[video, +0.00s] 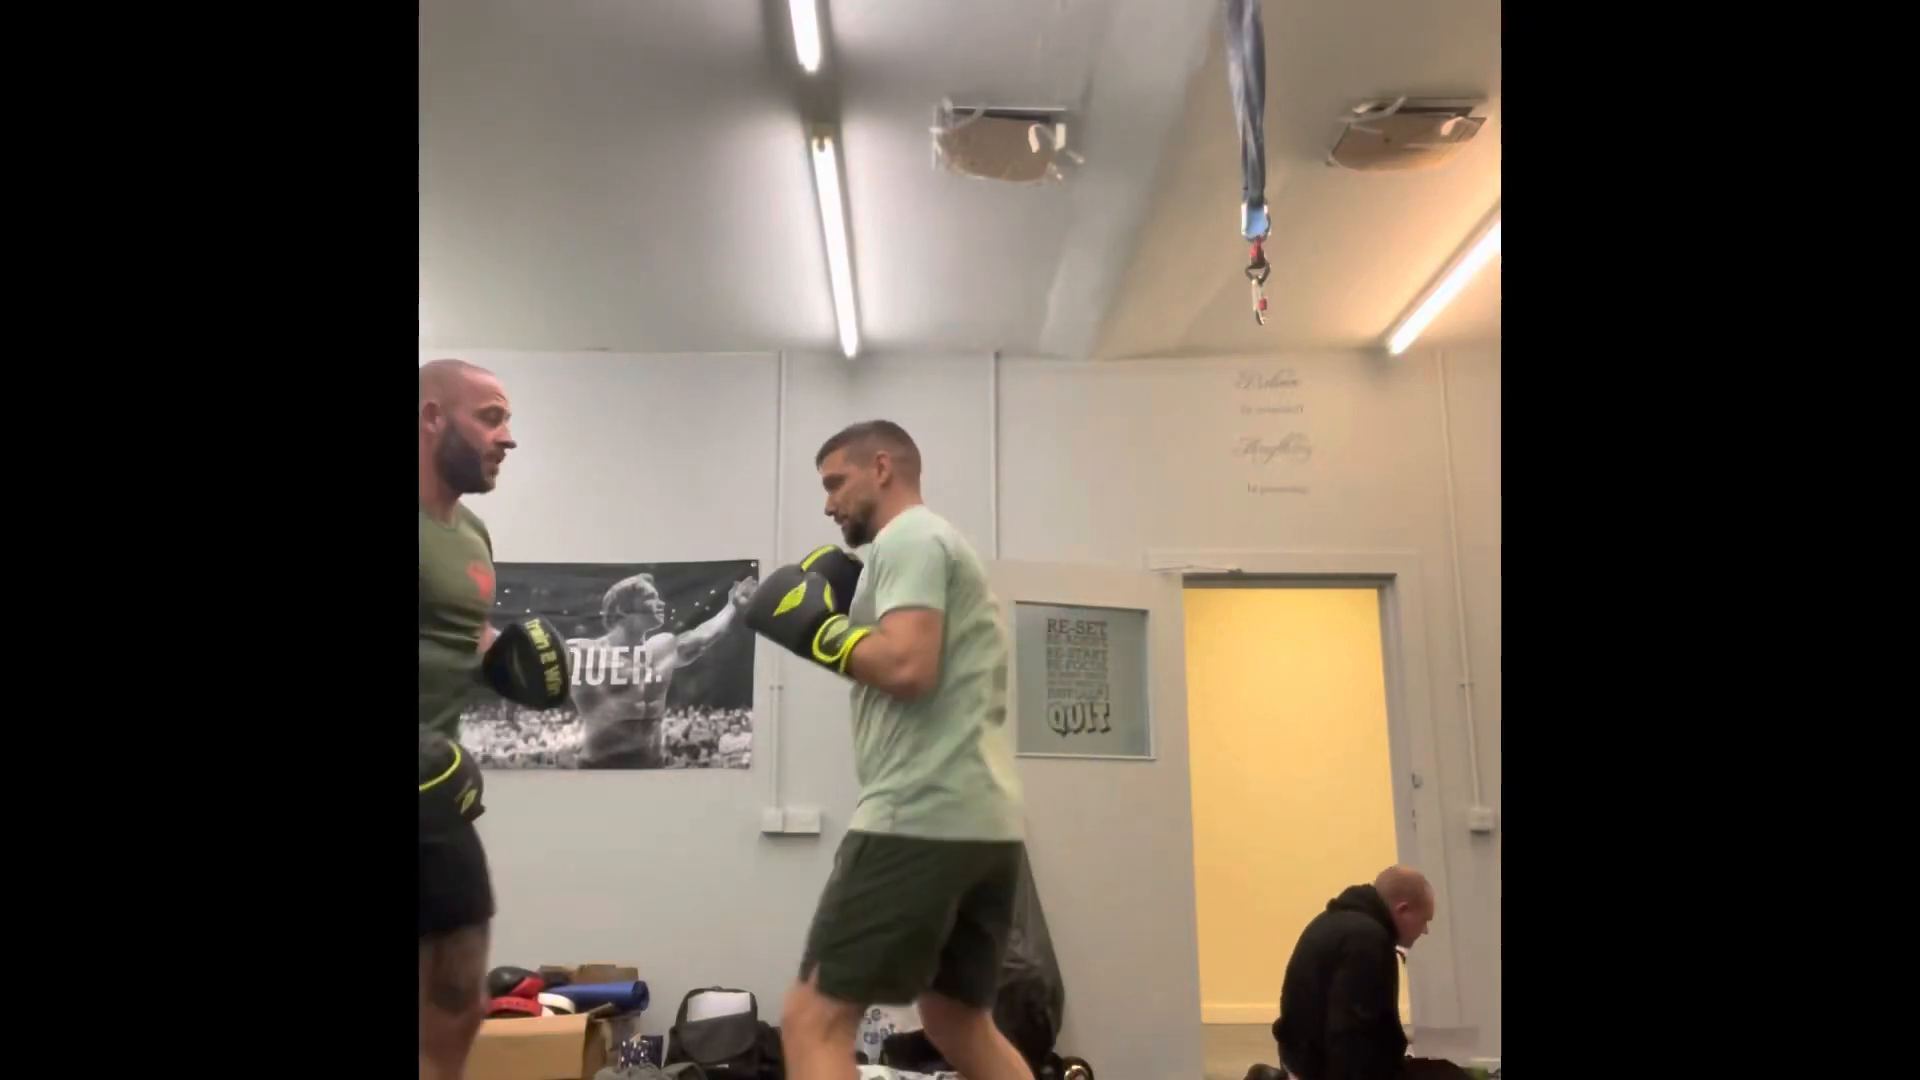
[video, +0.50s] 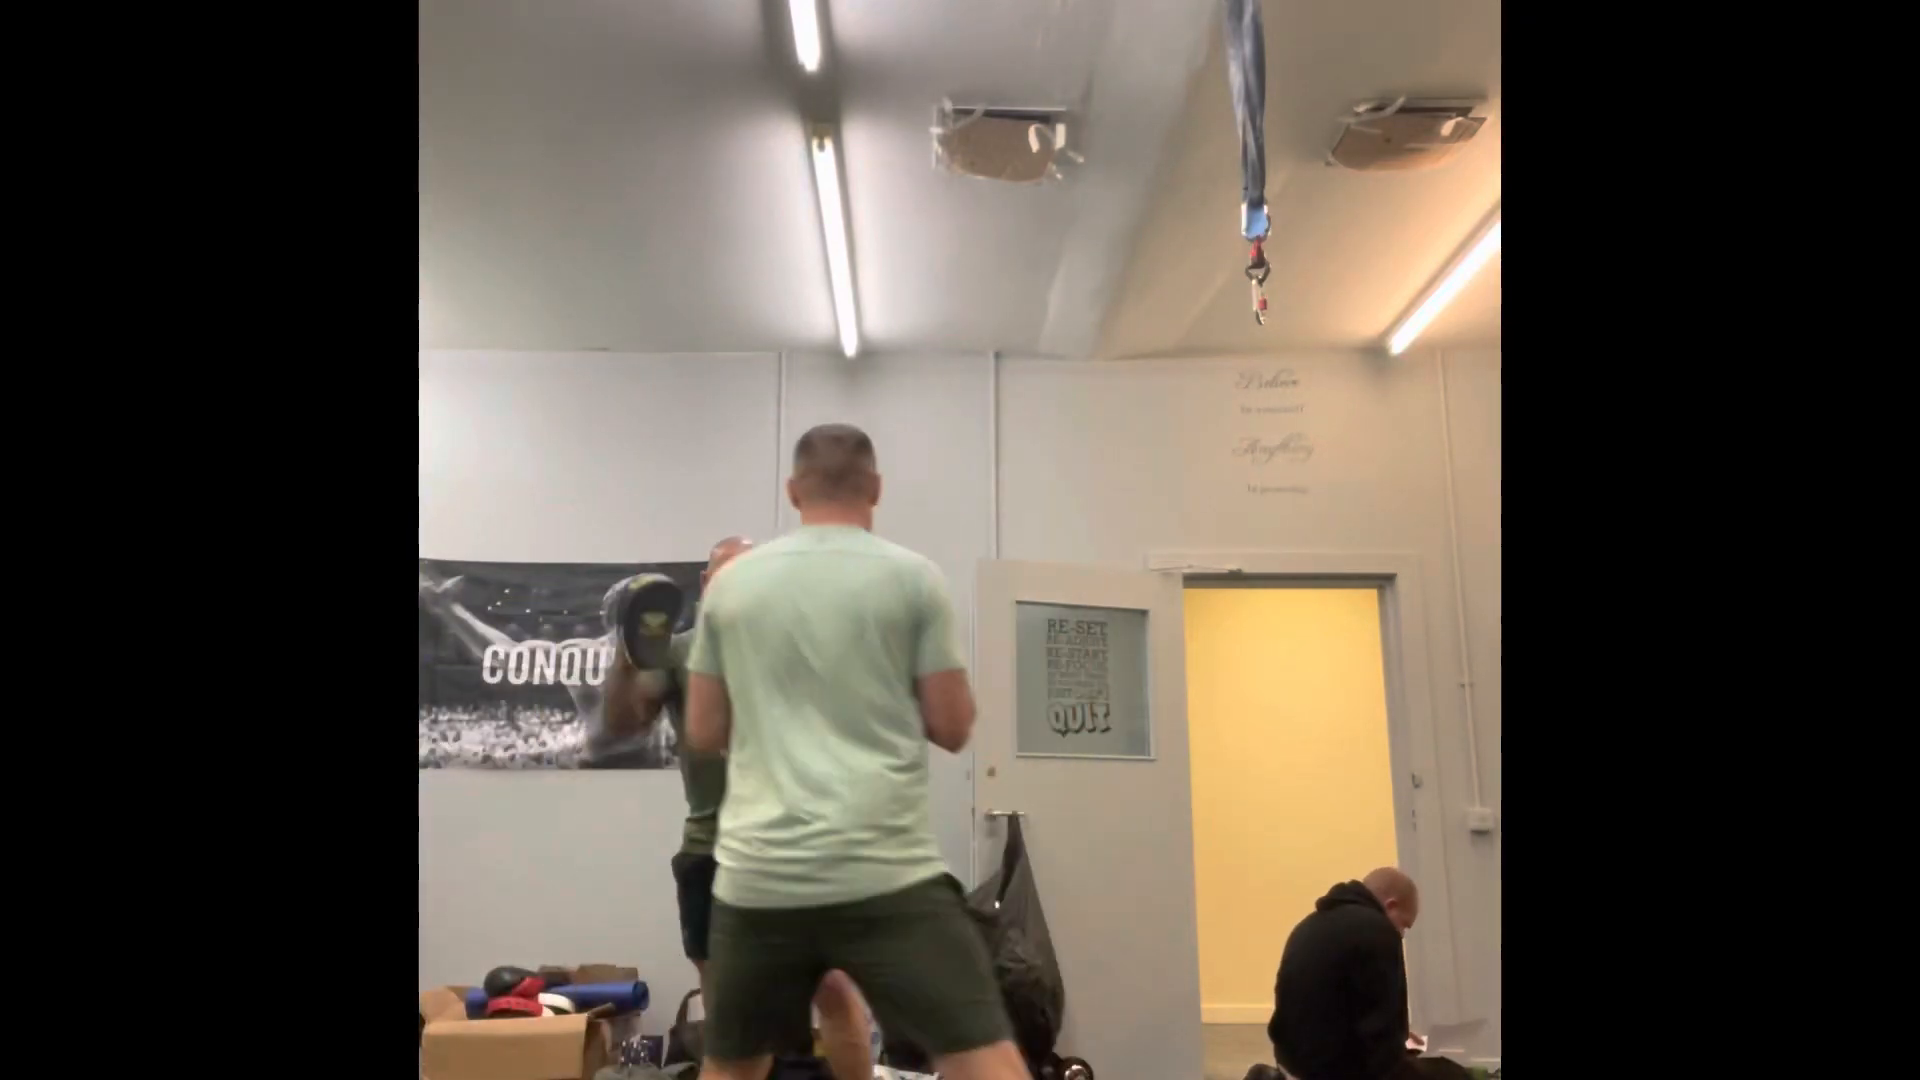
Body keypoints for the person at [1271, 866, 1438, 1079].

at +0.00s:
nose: (1425, 931)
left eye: (1427, 922)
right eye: (1424, 921)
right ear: (1401, 910)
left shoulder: (1327, 921)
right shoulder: (1371, 937)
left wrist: (1298, 1068)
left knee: (1440, 1068)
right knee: (1444, 1071)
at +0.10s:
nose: (1408, 921)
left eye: (1409, 911)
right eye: (1407, 910)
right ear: (1386, 900)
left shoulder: (1318, 919)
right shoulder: (1368, 927)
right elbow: (1358, 1016)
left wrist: (1391, 1028)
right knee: (1445, 1070)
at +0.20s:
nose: (1400, 917)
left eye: (1401, 908)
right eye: (1399, 907)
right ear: (1379, 895)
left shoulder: (1308, 922)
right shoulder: (1370, 926)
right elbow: (1378, 1010)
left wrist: (1392, 1030)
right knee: (1444, 1070)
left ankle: (1280, 1074)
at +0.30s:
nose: (1400, 919)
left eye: (1403, 909)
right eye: (1400, 907)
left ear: (1351, 887)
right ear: (1380, 897)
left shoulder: (1306, 923)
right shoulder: (1376, 930)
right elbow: (1382, 1025)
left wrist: (1393, 1034)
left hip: (1295, 1061)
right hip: (1351, 1068)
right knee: (1452, 1072)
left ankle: (1275, 1074)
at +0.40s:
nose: (1401, 928)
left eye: (1405, 921)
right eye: (1402, 918)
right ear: (1385, 902)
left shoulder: (1308, 923)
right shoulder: (1377, 931)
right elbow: (1386, 1022)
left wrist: (1395, 1036)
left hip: (1295, 1060)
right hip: (1349, 1067)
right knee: (1449, 1070)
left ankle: (1273, 1073)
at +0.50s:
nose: (1400, 934)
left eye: (1405, 928)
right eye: (1403, 925)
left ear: (1366, 894)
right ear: (1390, 906)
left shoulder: (1310, 923)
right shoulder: (1378, 931)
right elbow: (1388, 1023)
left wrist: (1396, 1035)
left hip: (1295, 1060)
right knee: (1451, 1071)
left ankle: (1278, 1078)